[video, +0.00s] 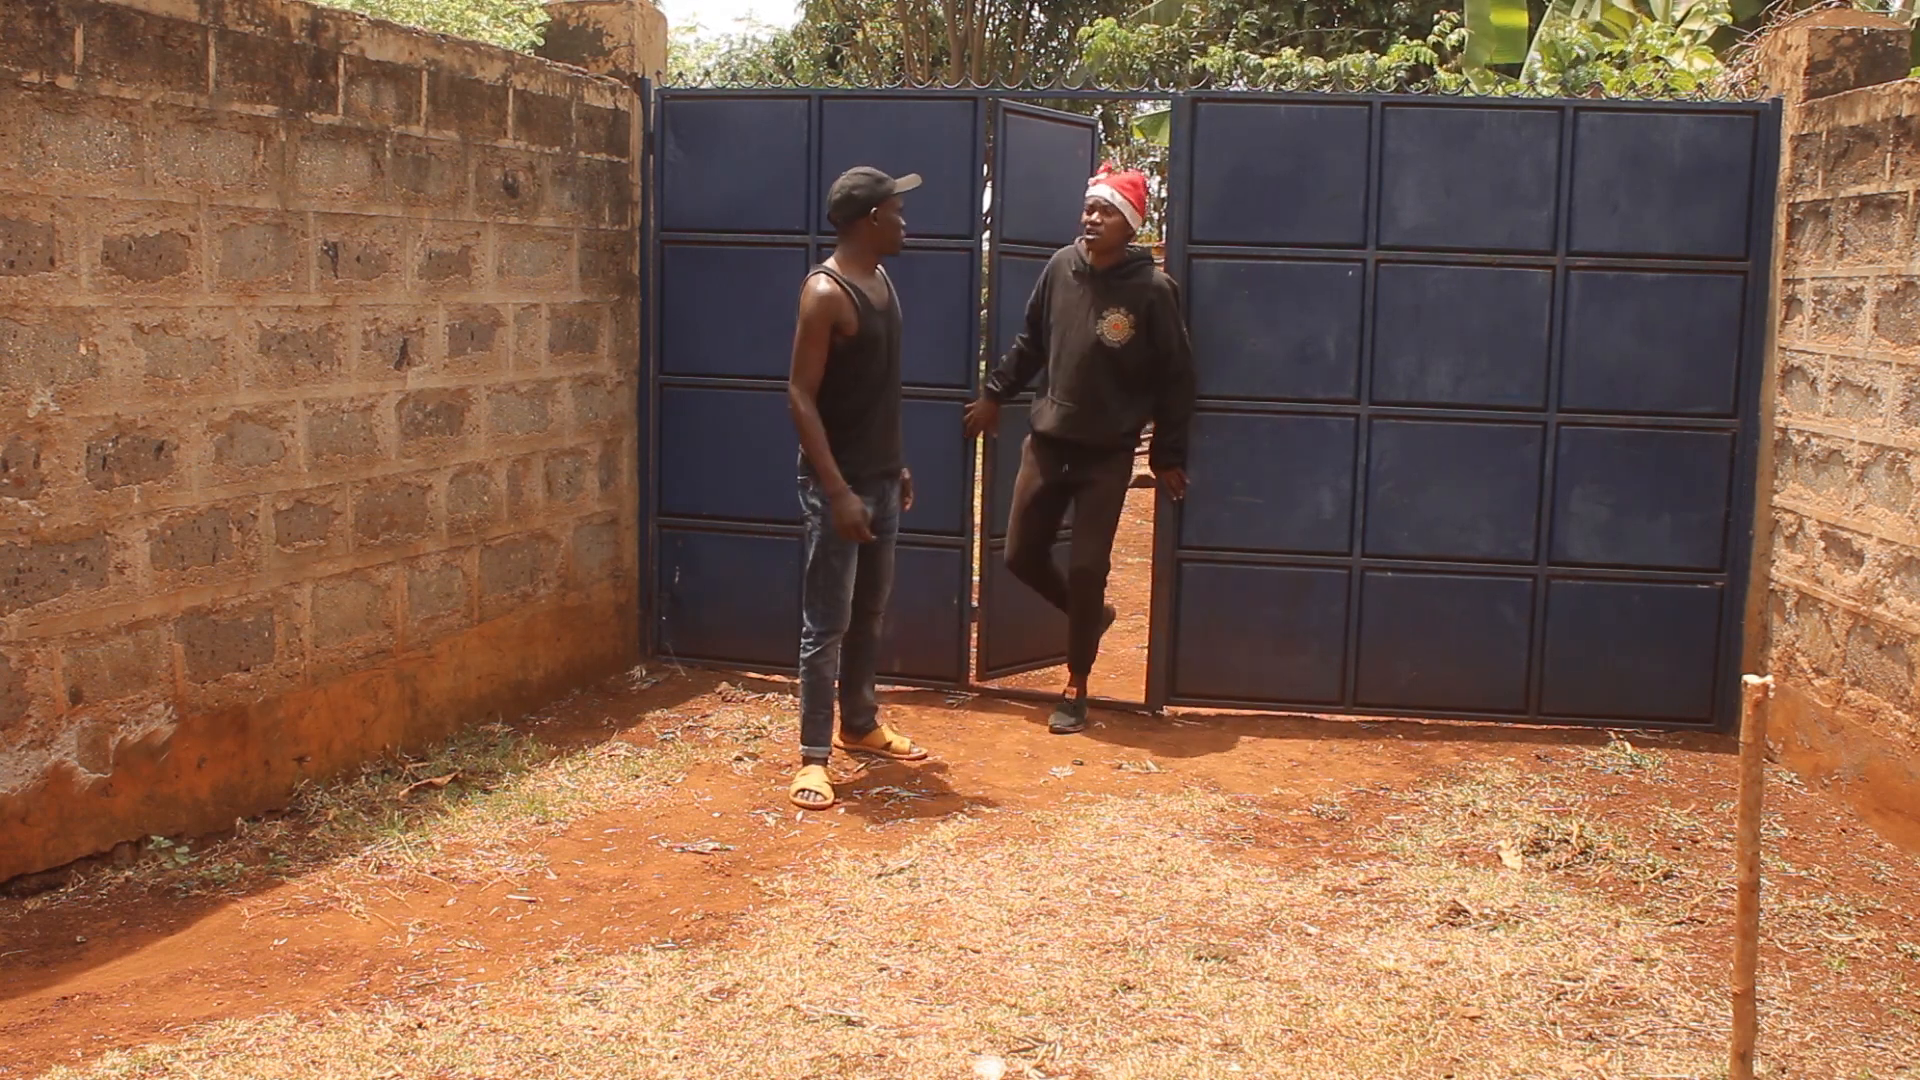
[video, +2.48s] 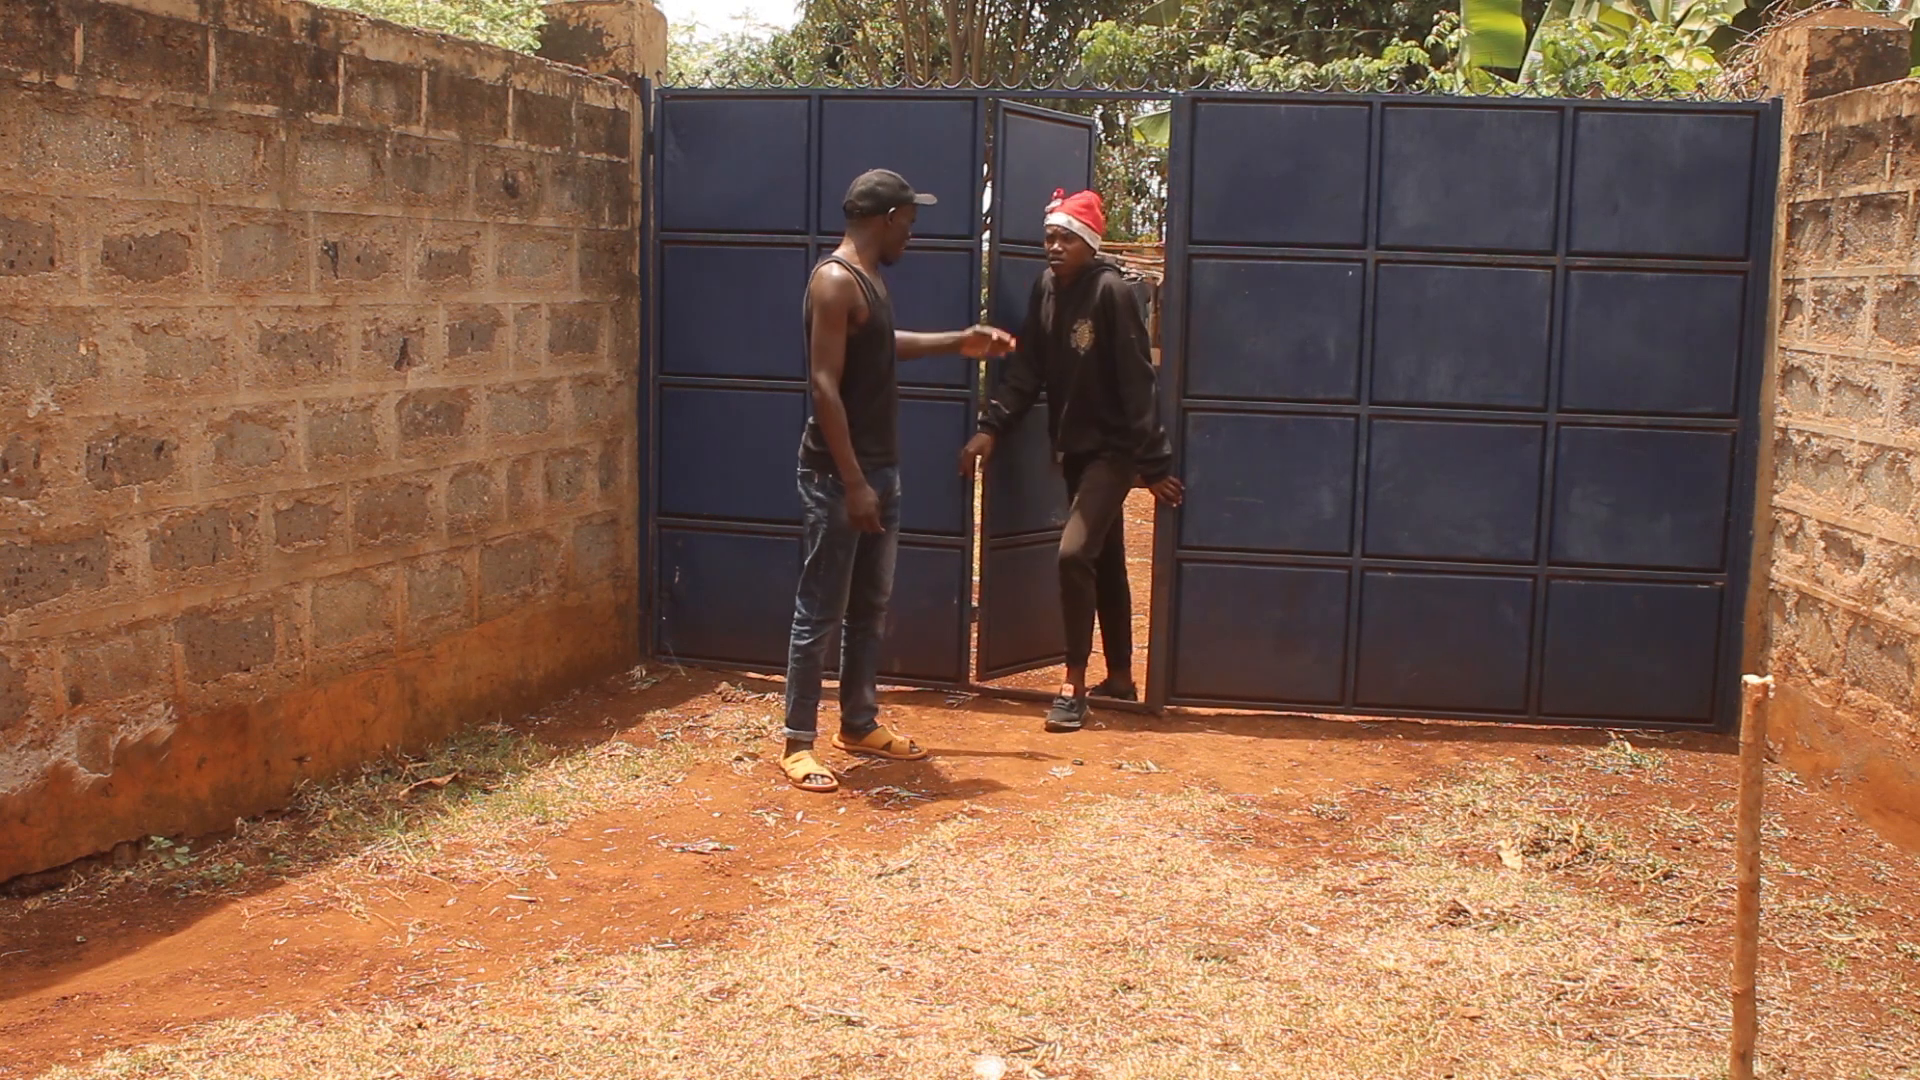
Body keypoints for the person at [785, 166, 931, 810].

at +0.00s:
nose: (905, 219)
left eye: (902, 209)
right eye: (896, 210)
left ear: (868, 220)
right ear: (867, 220)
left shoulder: (880, 280)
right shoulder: (824, 294)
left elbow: (880, 386)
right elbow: (801, 397)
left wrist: (897, 462)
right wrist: (837, 491)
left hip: (881, 477)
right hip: (835, 481)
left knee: (868, 613)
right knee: (825, 625)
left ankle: (859, 727)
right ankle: (813, 759)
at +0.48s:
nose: (909, 218)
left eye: (906, 209)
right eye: (901, 210)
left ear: (872, 220)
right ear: (871, 220)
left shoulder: (886, 280)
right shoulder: (828, 293)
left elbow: (883, 384)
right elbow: (799, 397)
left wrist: (916, 445)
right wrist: (813, 497)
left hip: (889, 479)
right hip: (842, 486)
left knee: (871, 613)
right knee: (828, 627)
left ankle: (860, 724)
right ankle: (814, 759)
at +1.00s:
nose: (917, 220)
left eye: (914, 211)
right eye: (911, 212)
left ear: (870, 220)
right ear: (887, 222)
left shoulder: (872, 270)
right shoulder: (860, 283)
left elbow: (931, 273)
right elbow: (839, 389)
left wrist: (875, 207)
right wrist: (861, 487)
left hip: (885, 472)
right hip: (849, 475)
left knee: (890, 603)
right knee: (835, 618)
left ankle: (861, 723)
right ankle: (805, 758)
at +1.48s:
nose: (954, 239)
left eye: (953, 228)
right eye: (950, 228)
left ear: (914, 225)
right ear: (927, 227)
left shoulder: (902, 277)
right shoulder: (887, 280)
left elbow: (948, 319)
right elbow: (871, 383)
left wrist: (1025, 301)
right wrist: (904, 473)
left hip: (888, 462)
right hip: (859, 461)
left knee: (893, 600)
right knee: (843, 603)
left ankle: (862, 725)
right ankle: (789, 739)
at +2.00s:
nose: (931, 225)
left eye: (932, 218)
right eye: (927, 216)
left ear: (899, 217)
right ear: (900, 217)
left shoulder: (899, 267)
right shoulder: (857, 278)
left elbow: (957, 234)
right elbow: (847, 380)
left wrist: (992, 165)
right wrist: (890, 468)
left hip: (898, 462)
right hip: (856, 465)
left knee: (883, 603)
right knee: (839, 605)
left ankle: (859, 726)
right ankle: (805, 740)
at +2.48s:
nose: (913, 232)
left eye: (913, 222)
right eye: (909, 221)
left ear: (878, 219)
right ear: (884, 219)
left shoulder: (869, 277)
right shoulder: (834, 282)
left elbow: (882, 344)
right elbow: (824, 388)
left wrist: (956, 342)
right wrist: (853, 481)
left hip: (878, 467)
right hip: (833, 470)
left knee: (869, 605)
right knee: (819, 609)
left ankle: (860, 726)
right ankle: (799, 743)